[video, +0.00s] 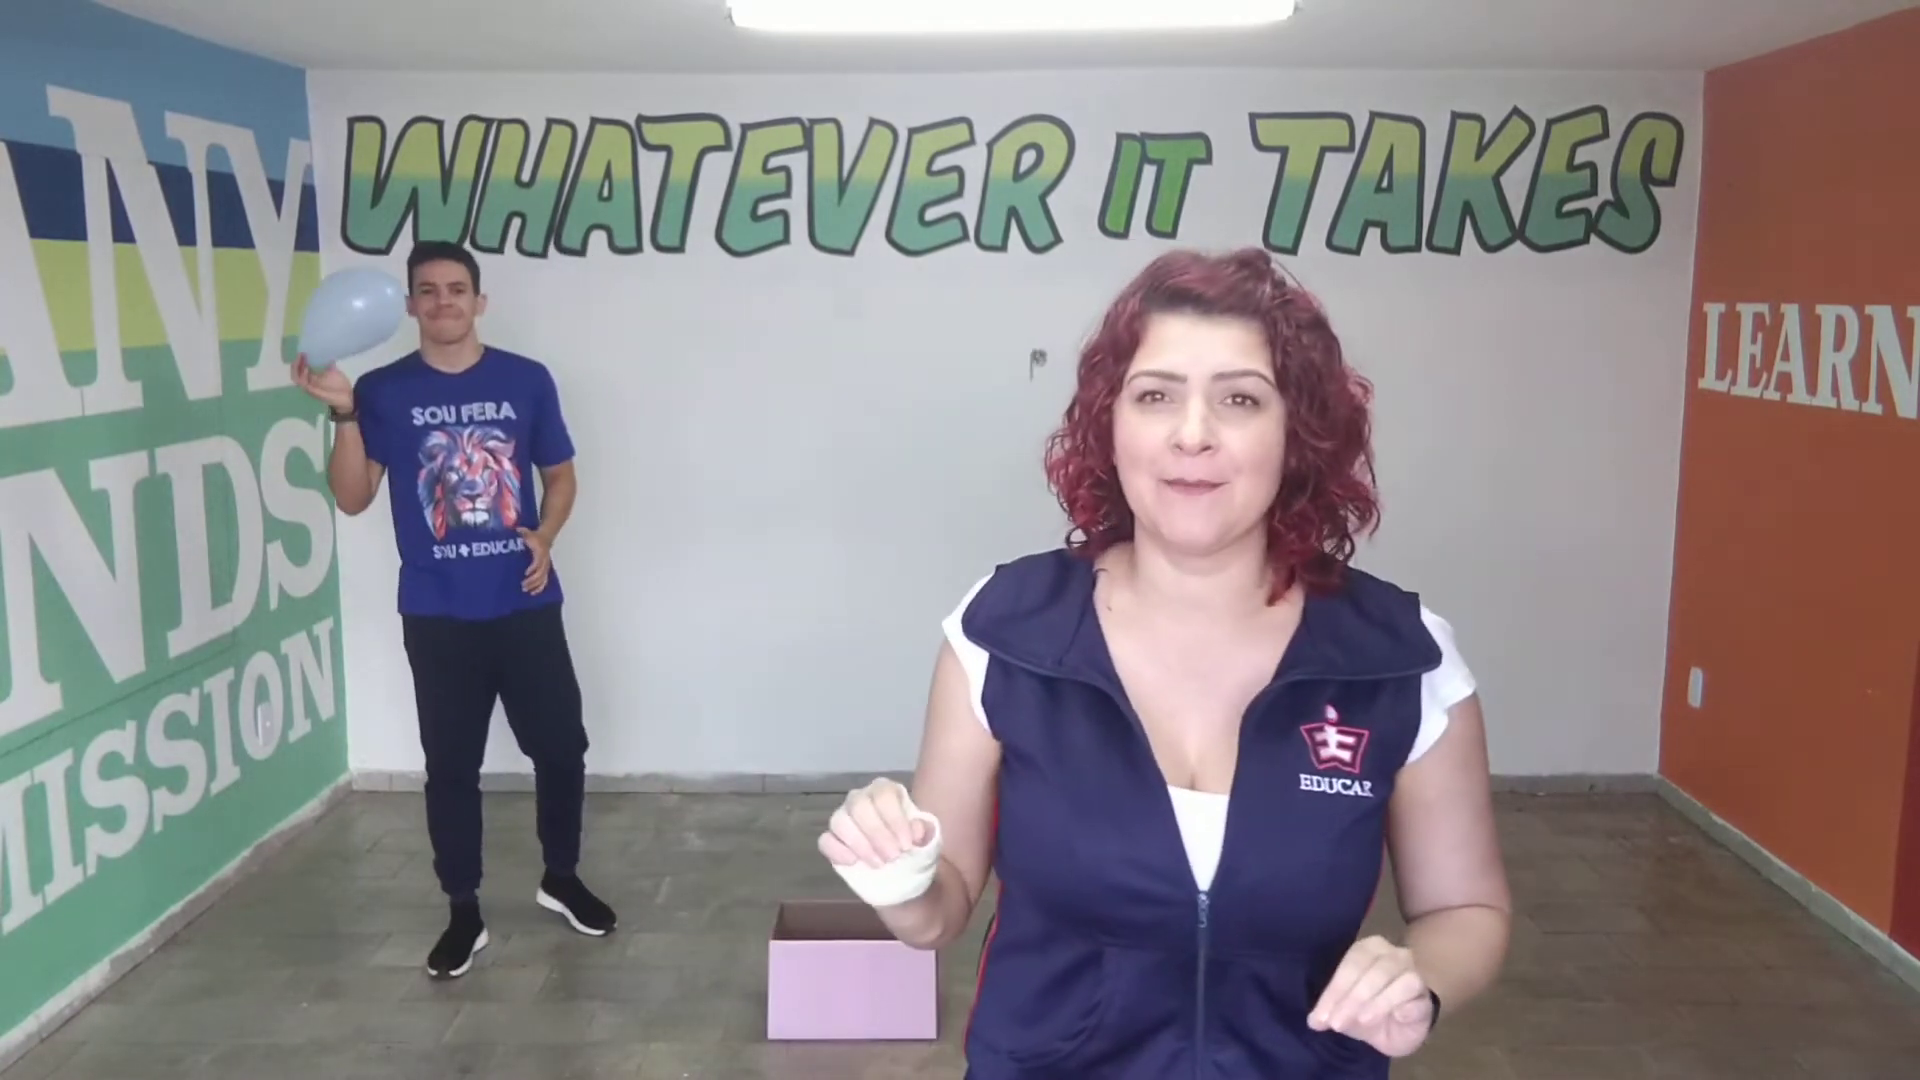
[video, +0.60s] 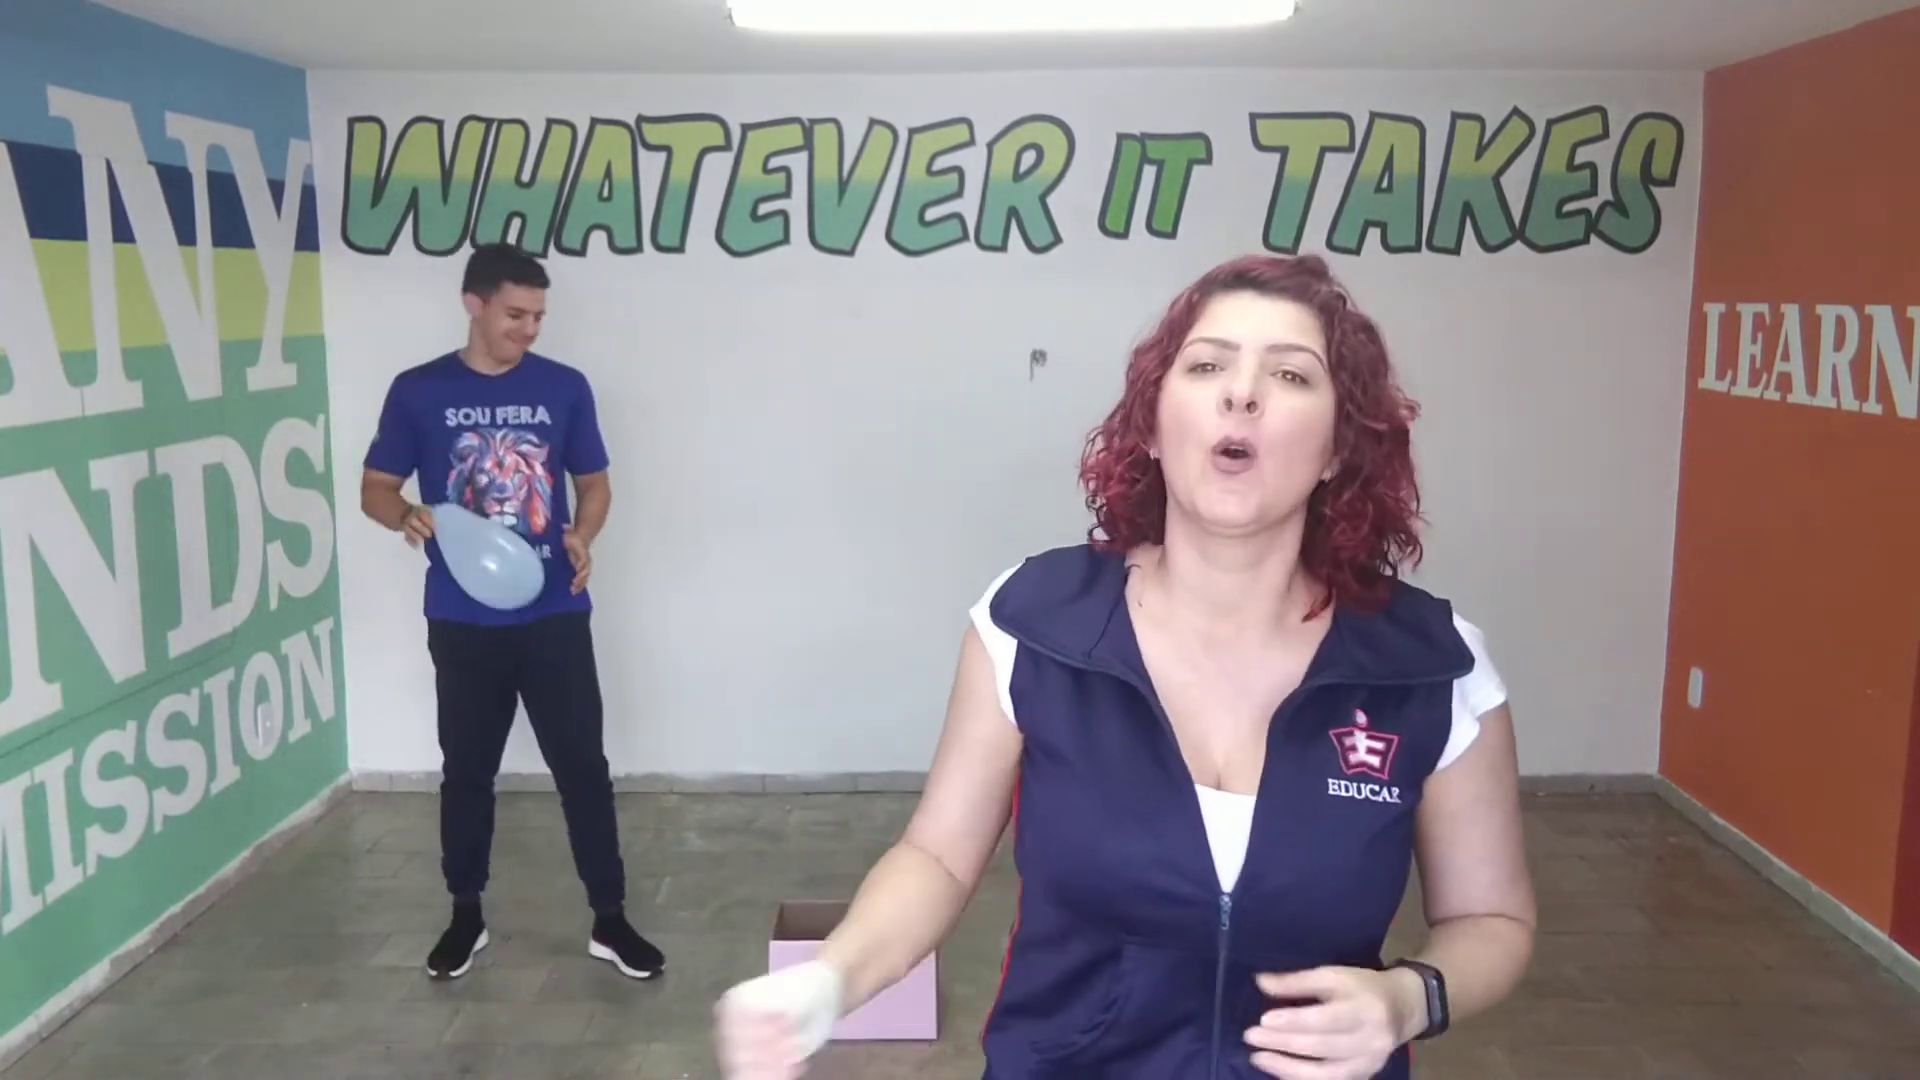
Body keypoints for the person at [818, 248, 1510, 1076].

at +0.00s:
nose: (1193, 435)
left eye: (1240, 398)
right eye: (1155, 395)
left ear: (1301, 434)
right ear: (1107, 423)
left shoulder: (1396, 654)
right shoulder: (1008, 628)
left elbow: (1464, 906)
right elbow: (935, 914)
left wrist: (1412, 974)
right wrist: (892, 869)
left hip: (1297, 1061)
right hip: (1046, 1059)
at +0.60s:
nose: (1239, 398)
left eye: (1289, 375)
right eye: (1209, 365)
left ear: (1342, 439)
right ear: (1155, 411)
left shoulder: (1430, 667)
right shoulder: (1036, 618)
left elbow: (1493, 923)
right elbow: (935, 856)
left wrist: (1411, 1003)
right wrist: (829, 979)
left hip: (1309, 1073)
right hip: (1066, 1067)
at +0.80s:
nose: (1231, 405)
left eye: (1281, 379)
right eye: (1201, 370)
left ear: (1339, 434)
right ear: (1150, 410)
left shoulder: (1435, 673)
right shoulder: (1047, 617)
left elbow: (1517, 967)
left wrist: (1357, 1046)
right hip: (1063, 1063)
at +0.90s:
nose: (1227, 407)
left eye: (1277, 379)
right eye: (1195, 373)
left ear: (1334, 432)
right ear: (1146, 414)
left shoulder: (1430, 674)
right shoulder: (1059, 619)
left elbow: (1515, 1005)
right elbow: (978, 838)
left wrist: (1273, 1044)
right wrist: (853, 964)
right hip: (1060, 1064)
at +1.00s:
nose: (1220, 409)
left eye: (1273, 385)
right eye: (1189, 376)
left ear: (1330, 438)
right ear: (1140, 413)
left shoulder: (1420, 675)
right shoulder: (1079, 613)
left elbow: (1498, 1029)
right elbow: (1045, 797)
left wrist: (1223, 1039)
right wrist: (965, 918)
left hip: (1286, 1077)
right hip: (1061, 1065)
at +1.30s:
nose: (1226, 423)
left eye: (1276, 393)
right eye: (1194, 385)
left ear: (1336, 432)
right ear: (1150, 414)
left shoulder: (1417, 676)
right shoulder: (1124, 595)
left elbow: (1469, 1036)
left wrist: (1188, 997)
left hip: (1271, 1063)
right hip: (1084, 1053)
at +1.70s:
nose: (1266, 423)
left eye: (1315, 394)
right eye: (1237, 389)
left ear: (1379, 430)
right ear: (1197, 414)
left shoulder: (1470, 664)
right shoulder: (1182, 592)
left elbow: (1542, 1001)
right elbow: (1169, 807)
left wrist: (1264, 971)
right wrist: (1057, 926)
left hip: (1384, 1059)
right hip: (1187, 1056)